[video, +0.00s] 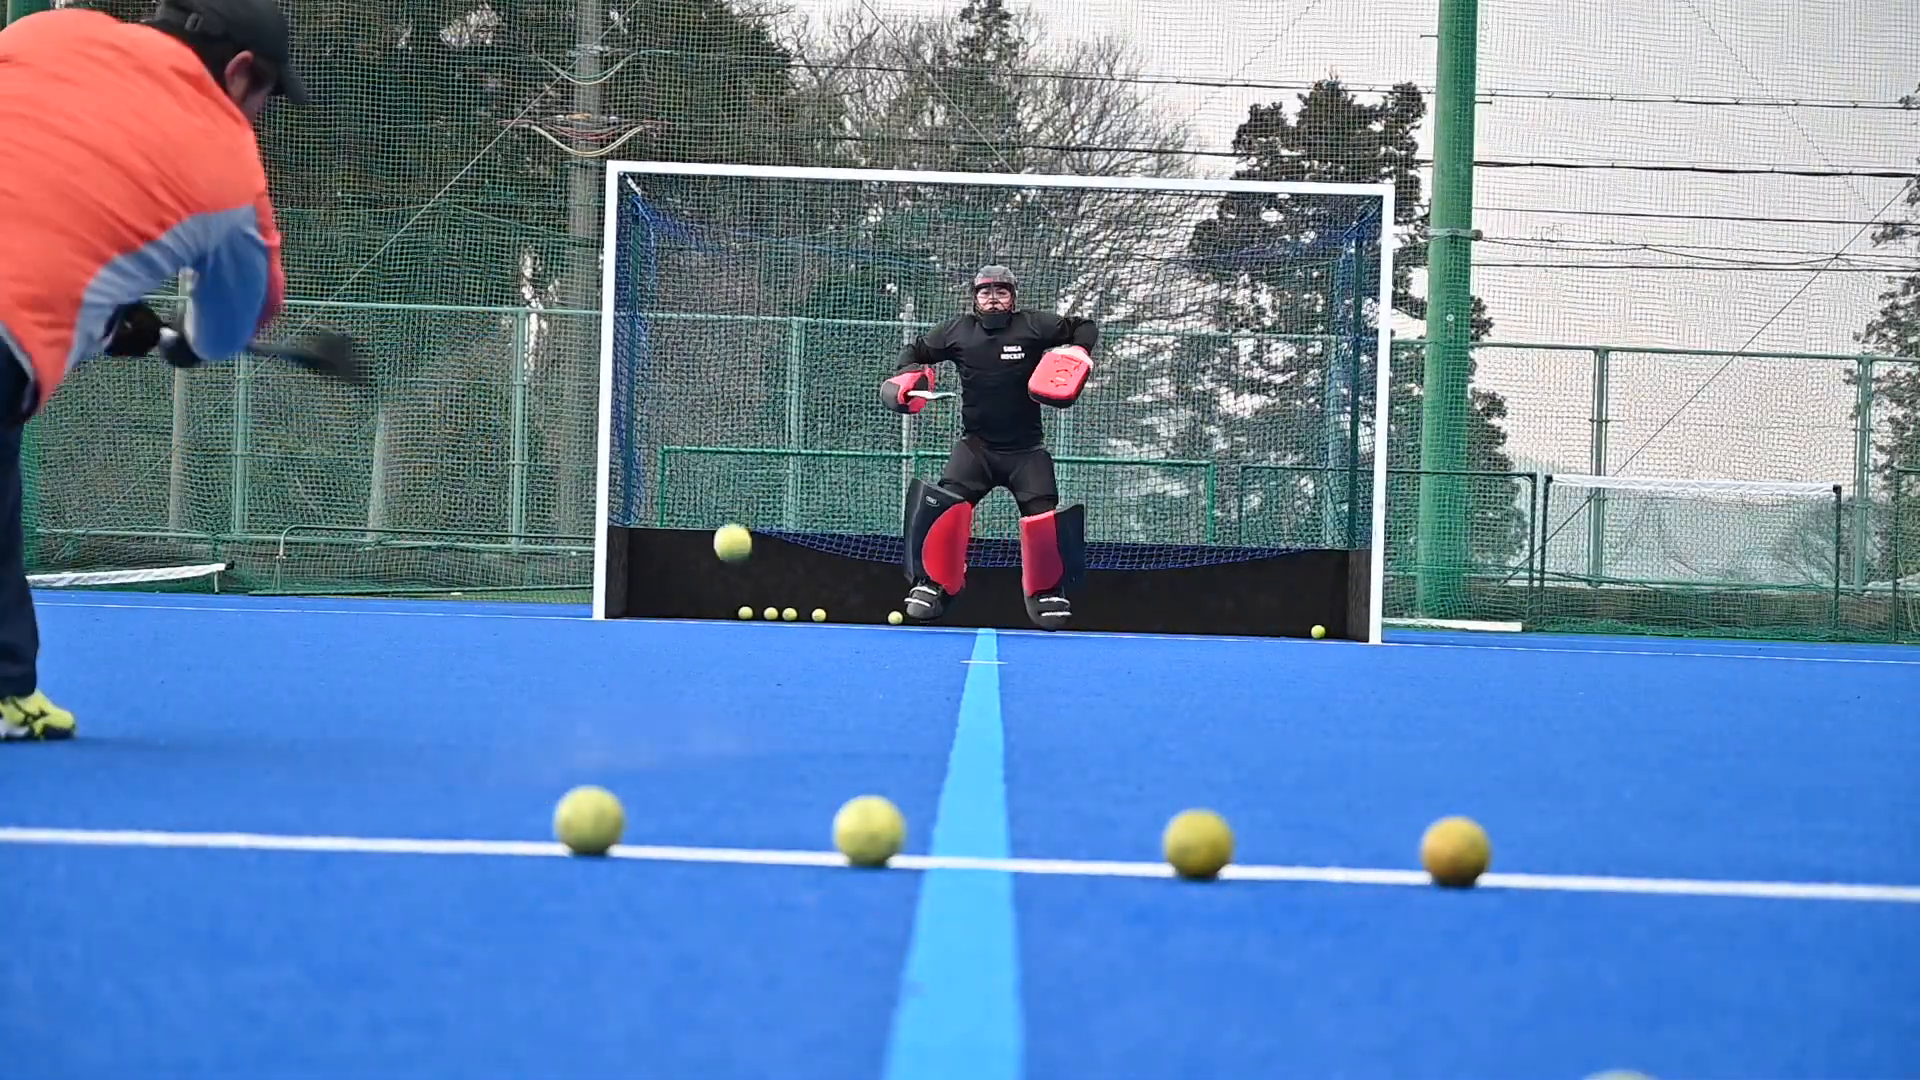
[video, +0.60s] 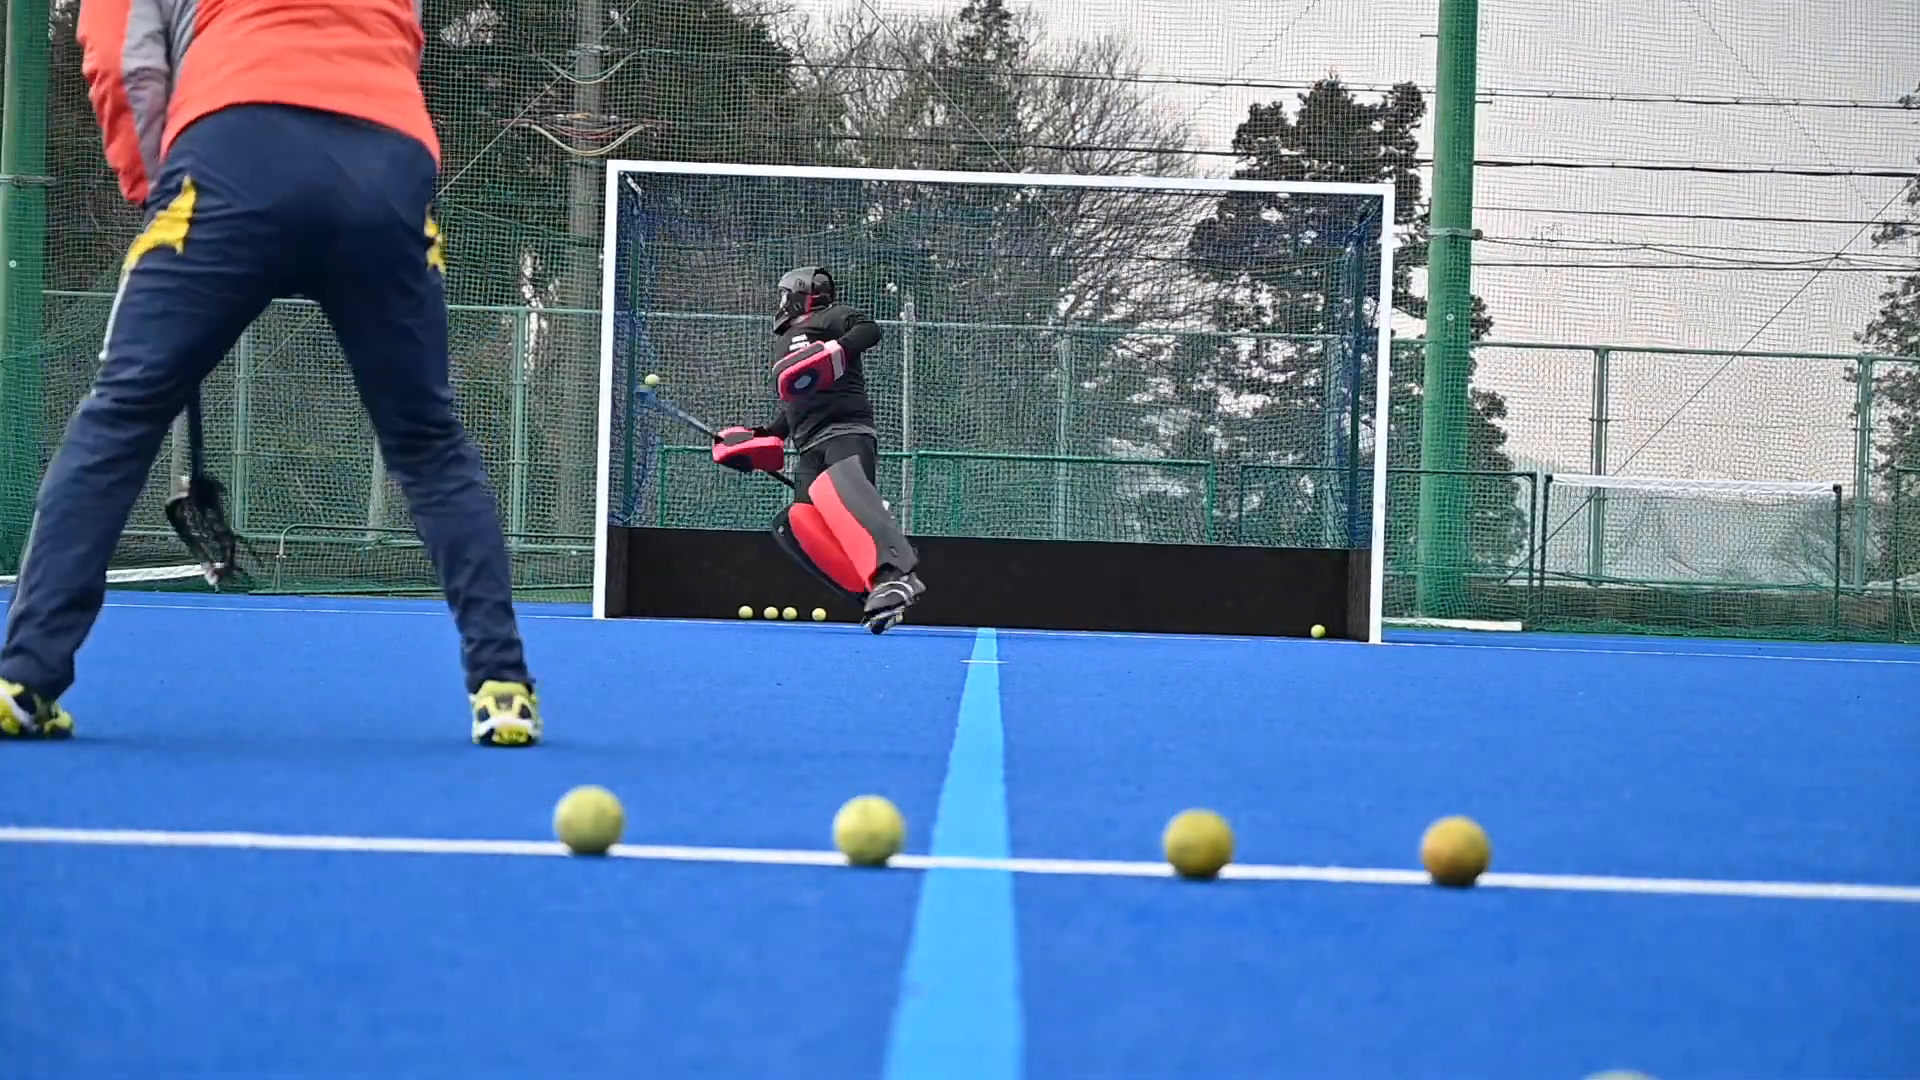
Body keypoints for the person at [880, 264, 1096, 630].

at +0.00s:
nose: (994, 298)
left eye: (1001, 291)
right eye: (986, 291)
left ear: (1013, 297)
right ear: (975, 297)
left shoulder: (1034, 325)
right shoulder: (957, 332)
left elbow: (1086, 328)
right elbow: (916, 352)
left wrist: (1076, 355)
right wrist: (905, 380)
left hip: (1026, 449)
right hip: (976, 447)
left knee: (1042, 515)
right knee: (945, 504)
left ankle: (1046, 594)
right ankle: (931, 587)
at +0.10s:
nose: (990, 314)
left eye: (998, 307)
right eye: (982, 307)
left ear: (1011, 313)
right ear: (971, 314)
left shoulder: (1036, 351)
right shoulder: (957, 357)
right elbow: (935, 399)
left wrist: (1056, 399)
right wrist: (911, 423)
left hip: (1028, 464)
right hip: (974, 463)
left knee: (1063, 526)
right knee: (939, 511)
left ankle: (1098, 612)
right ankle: (909, 596)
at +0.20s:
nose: (967, 333)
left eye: (976, 326)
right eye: (961, 327)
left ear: (992, 332)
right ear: (953, 333)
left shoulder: (1019, 372)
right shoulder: (945, 379)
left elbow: (1036, 418)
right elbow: (927, 430)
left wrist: (997, 403)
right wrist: (884, 428)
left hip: (1024, 486)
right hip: (971, 487)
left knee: (1066, 540)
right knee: (934, 504)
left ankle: (1110, 617)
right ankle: (909, 600)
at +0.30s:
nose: (914, 340)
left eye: (924, 333)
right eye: (911, 333)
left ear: (945, 340)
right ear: (907, 339)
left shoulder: (966, 370)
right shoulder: (899, 383)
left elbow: (990, 402)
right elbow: (860, 416)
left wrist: (944, 384)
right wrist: (818, 405)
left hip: (996, 477)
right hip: (947, 492)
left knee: (1044, 540)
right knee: (900, 517)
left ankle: (1109, 609)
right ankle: (924, 608)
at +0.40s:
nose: (867, 348)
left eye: (878, 343)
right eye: (863, 343)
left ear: (898, 345)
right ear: (857, 348)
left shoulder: (915, 373)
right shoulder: (843, 385)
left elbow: (952, 379)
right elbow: (785, 386)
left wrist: (905, 357)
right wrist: (733, 369)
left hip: (954, 470)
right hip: (907, 493)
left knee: (1005, 524)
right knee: (862, 522)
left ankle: (1087, 588)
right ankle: (922, 607)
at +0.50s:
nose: (828, 329)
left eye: (838, 322)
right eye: (824, 322)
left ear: (859, 322)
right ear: (817, 326)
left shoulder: (874, 352)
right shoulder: (811, 368)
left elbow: (919, 348)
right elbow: (780, 404)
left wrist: (866, 335)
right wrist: (731, 393)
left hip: (903, 452)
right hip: (862, 478)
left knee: (929, 505)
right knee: (838, 531)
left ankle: (1015, 577)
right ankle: (919, 605)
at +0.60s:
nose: (779, 303)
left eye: (786, 296)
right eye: (782, 297)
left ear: (805, 296)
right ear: (805, 296)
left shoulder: (830, 316)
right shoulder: (784, 344)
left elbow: (870, 330)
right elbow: (794, 404)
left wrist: (834, 351)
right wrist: (762, 435)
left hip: (845, 428)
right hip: (809, 447)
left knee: (847, 485)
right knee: (792, 525)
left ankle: (897, 575)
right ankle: (872, 593)